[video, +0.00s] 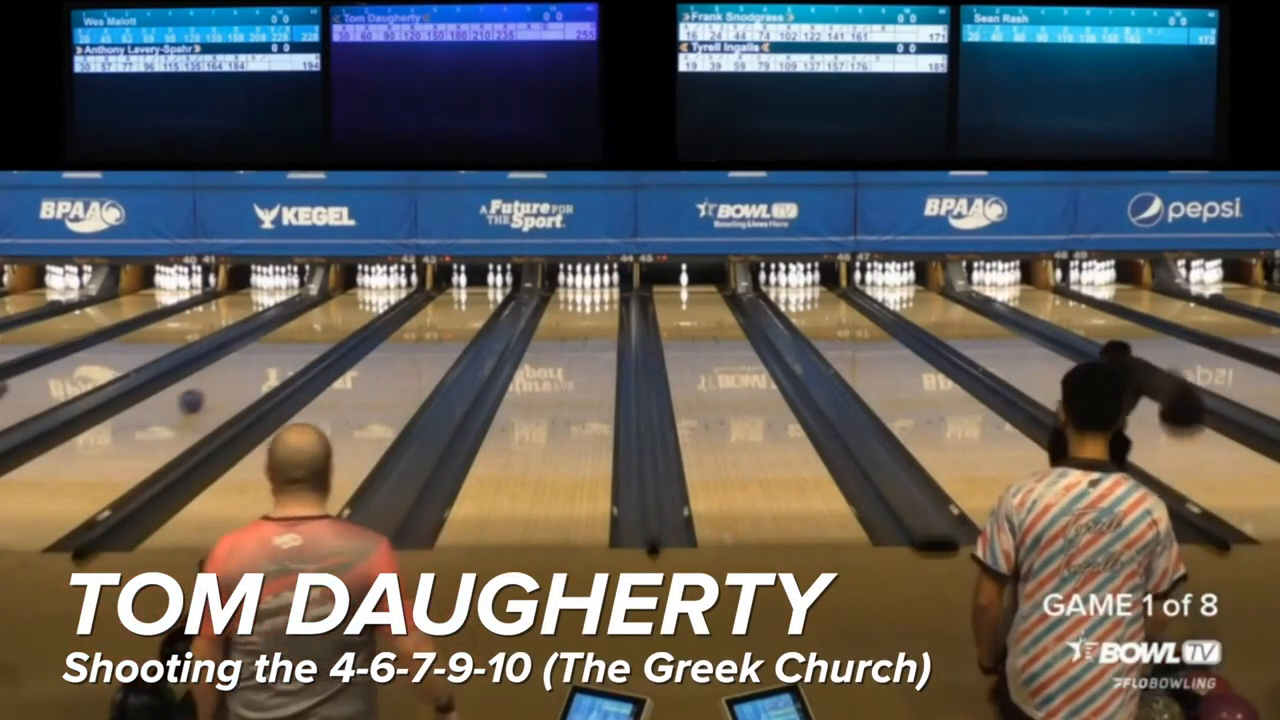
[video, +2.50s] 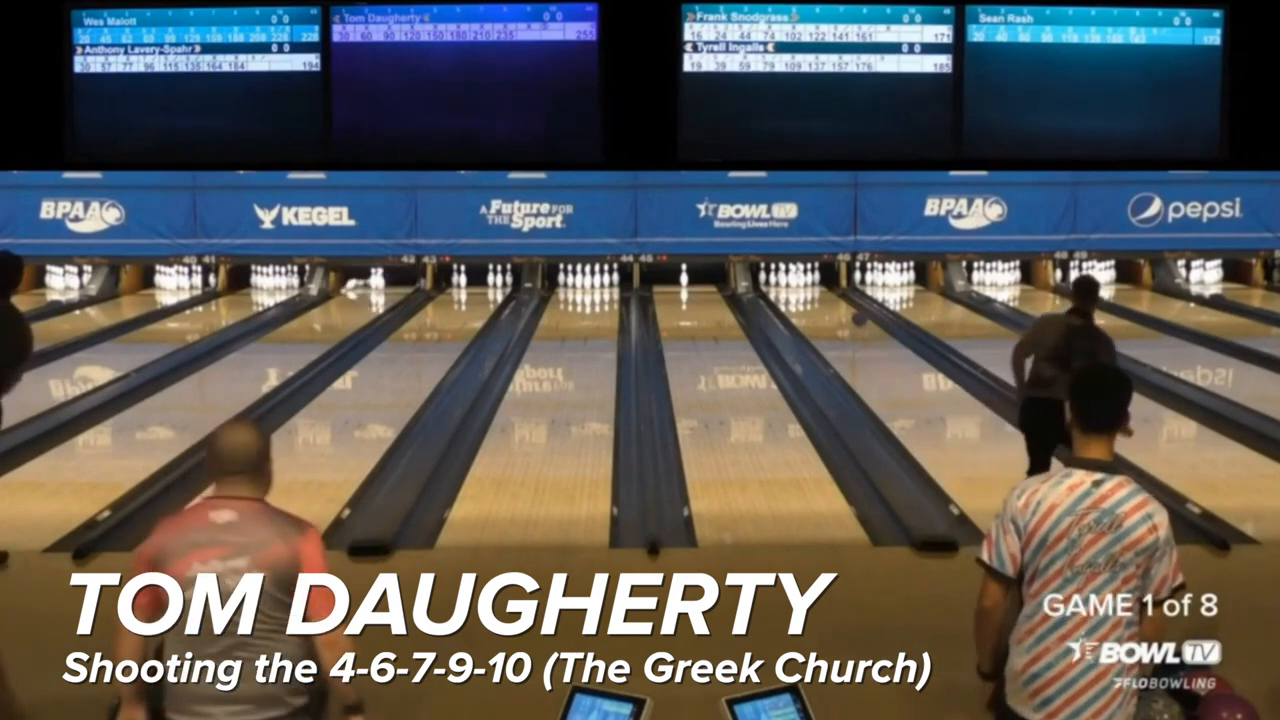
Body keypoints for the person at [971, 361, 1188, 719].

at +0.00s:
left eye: (1061, 405)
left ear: (1063, 413)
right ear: (1122, 419)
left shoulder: (1024, 497)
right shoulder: (1149, 508)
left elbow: (987, 600)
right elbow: (1160, 607)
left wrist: (990, 662)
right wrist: (1141, 650)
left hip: (1033, 686)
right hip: (1112, 692)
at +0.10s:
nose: (1056, 409)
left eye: (1058, 403)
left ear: (1062, 411)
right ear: (1120, 417)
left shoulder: (1023, 497)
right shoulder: (1150, 507)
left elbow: (986, 599)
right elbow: (1159, 599)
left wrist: (990, 661)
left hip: (1033, 686)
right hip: (1112, 692)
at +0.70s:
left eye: (1058, 404)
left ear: (1062, 413)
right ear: (1118, 416)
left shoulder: (1023, 493)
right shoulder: (1152, 506)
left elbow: (986, 597)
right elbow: (1160, 609)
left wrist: (987, 663)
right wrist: (1139, 672)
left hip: (1032, 686)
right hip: (1110, 692)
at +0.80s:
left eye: (1059, 408)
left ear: (1061, 414)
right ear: (1117, 419)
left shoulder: (1022, 498)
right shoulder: (1147, 511)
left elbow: (984, 601)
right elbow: (1156, 611)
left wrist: (986, 665)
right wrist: (1138, 670)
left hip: (1030, 683)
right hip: (1108, 691)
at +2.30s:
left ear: (1070, 415)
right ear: (1127, 421)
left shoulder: (1032, 497)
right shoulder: (1153, 514)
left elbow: (991, 601)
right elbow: (1154, 615)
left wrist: (987, 665)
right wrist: (1137, 673)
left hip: (1032, 686)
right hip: (1109, 696)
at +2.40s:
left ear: (1070, 415)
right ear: (1126, 423)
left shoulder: (1031, 497)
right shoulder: (1152, 514)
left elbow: (991, 600)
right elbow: (1154, 614)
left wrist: (988, 667)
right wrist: (1137, 673)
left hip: (1032, 685)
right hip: (1109, 694)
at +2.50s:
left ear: (1069, 416)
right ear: (1125, 423)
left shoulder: (1029, 497)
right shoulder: (1151, 514)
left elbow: (992, 601)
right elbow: (1153, 616)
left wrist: (988, 669)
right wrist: (1137, 675)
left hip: (1032, 687)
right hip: (1108, 694)